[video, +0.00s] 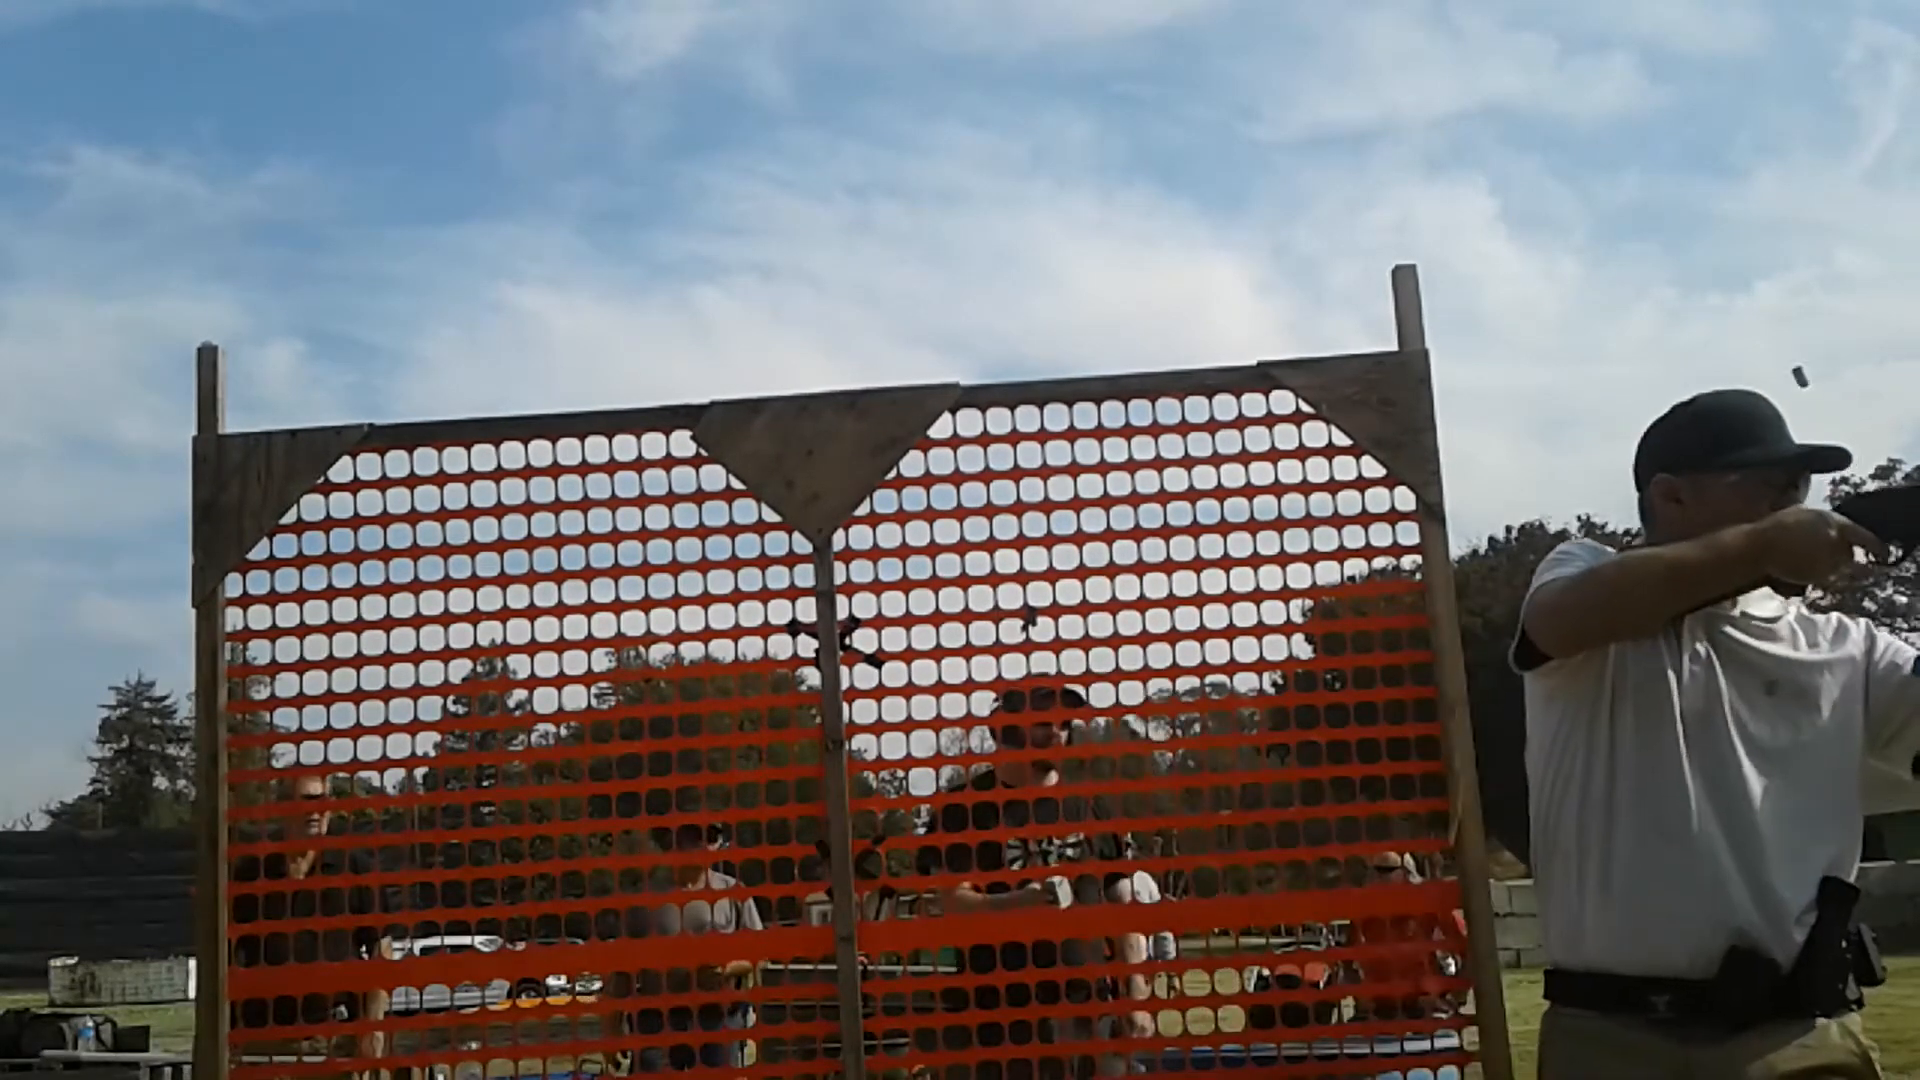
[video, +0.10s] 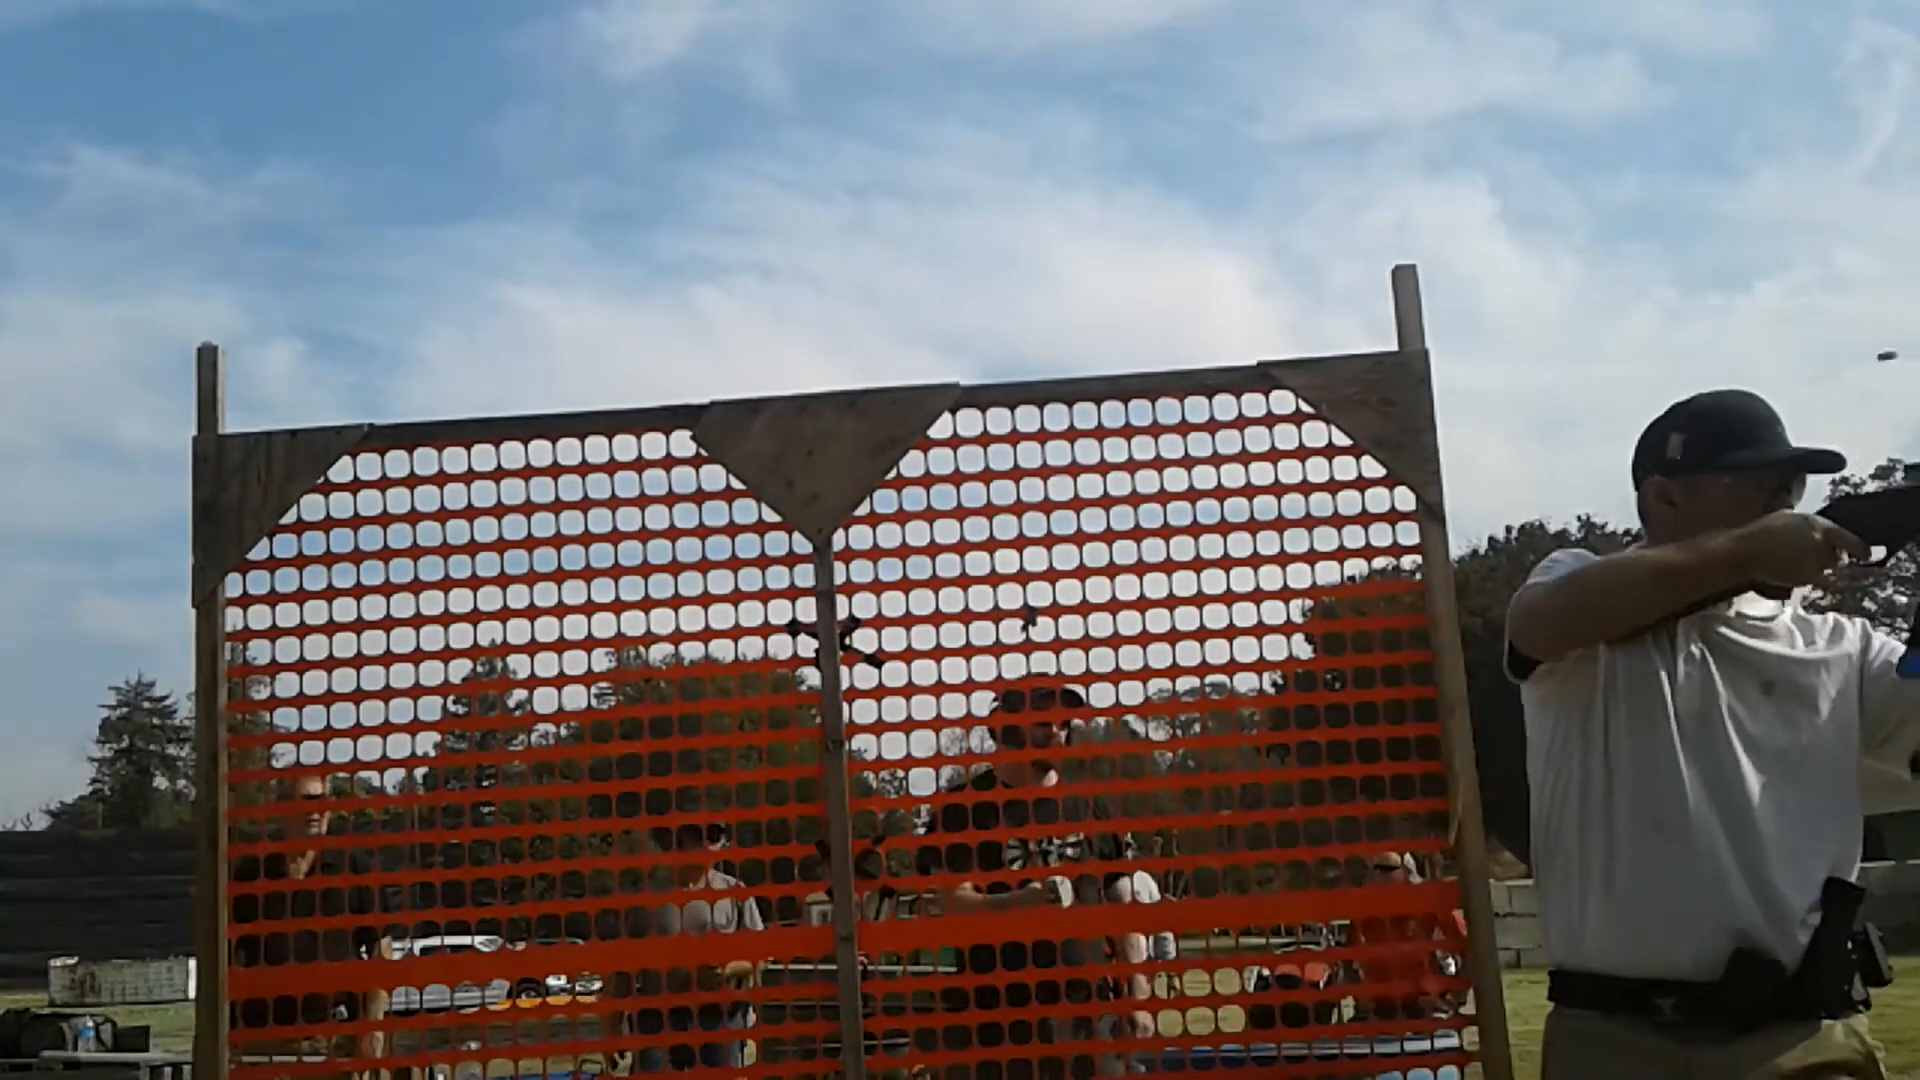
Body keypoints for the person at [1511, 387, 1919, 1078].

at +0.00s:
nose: (1796, 513)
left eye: (1798, 491)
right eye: (1769, 487)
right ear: (1670, 497)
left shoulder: (1841, 644)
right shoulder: (1586, 572)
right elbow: (1558, 621)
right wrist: (1762, 548)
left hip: (1800, 1034)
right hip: (1610, 1038)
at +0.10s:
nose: (1786, 512)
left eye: (1792, 491)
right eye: (1756, 487)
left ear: (1804, 493)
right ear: (1663, 499)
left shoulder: (1838, 645)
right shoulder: (1580, 586)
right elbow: (1537, 624)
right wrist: (1747, 554)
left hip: (1802, 1036)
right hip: (1613, 1039)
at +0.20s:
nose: (1766, 506)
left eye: (1771, 485)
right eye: (1741, 482)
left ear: (1784, 494)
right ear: (1647, 502)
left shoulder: (1838, 647)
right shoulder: (1579, 631)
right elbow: (1503, 643)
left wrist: (1906, 568)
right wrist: (1711, 573)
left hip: (1819, 1038)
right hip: (1627, 1042)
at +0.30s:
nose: (1761, 507)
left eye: (1771, 487)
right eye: (1734, 482)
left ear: (1785, 497)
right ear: (1649, 510)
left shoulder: (1845, 642)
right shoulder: (1588, 644)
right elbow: (1479, 662)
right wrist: (1677, 580)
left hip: (1838, 1037)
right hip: (1643, 1043)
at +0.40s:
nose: (1768, 507)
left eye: (1780, 486)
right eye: (1741, 484)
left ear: (1799, 494)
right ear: (1661, 511)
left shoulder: (1857, 637)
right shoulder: (1606, 649)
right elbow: (1487, 666)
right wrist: (1673, 579)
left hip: (1845, 1036)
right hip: (1657, 1041)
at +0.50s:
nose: (1773, 504)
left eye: (1791, 478)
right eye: (1745, 479)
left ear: (1816, 487)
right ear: (1678, 508)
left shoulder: (1879, 625)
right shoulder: (1643, 644)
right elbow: (1513, 665)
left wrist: (1915, 558)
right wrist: (1682, 577)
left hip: (1862, 1043)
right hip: (1684, 1044)